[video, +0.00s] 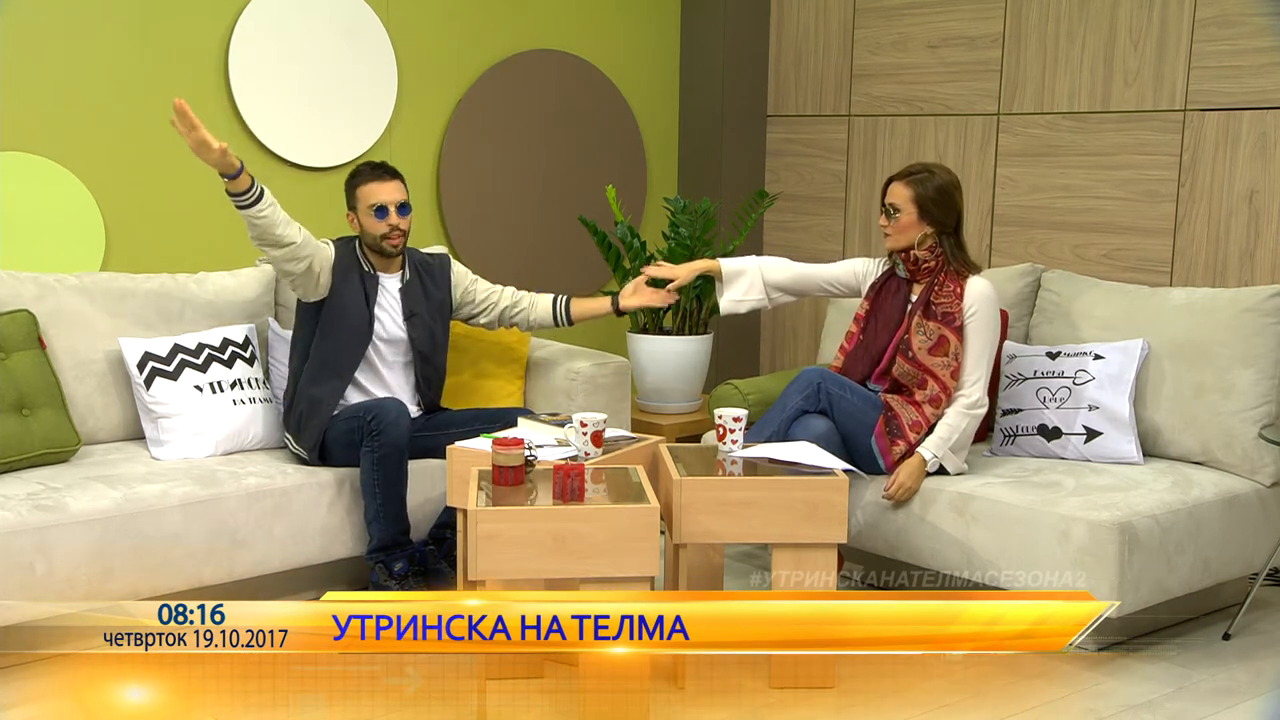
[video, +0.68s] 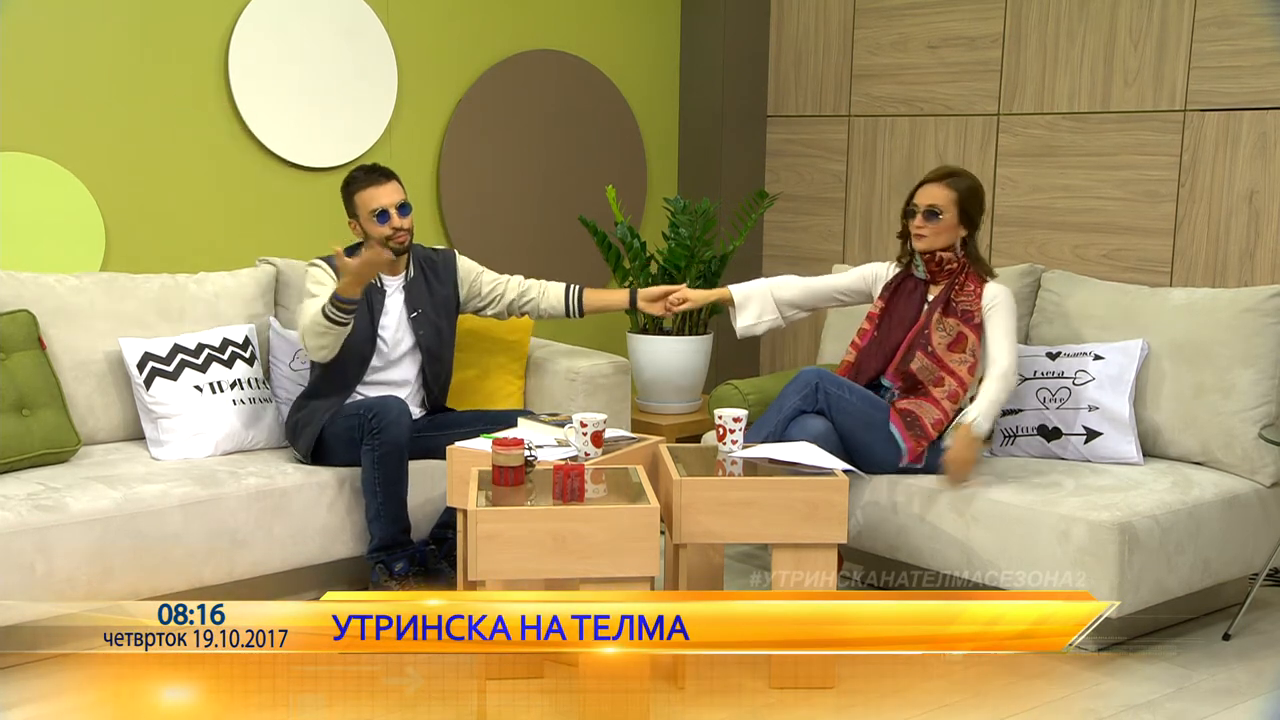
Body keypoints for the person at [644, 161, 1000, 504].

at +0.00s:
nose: (883, 222)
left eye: (895, 213)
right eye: (885, 211)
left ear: (932, 221)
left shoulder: (974, 293)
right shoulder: (880, 273)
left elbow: (971, 398)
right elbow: (793, 275)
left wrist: (922, 460)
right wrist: (702, 266)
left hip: (915, 440)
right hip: (861, 423)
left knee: (816, 379)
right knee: (811, 429)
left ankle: (727, 468)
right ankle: (802, 571)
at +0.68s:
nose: (917, 223)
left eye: (933, 214)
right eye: (914, 213)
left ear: (964, 227)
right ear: (907, 219)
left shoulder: (989, 295)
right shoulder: (890, 276)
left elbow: (1002, 372)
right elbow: (807, 290)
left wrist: (971, 429)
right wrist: (714, 295)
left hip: (922, 436)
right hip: (864, 421)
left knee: (813, 380)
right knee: (809, 431)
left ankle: (734, 468)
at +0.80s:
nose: (927, 223)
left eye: (943, 216)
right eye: (922, 213)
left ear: (972, 227)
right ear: (914, 219)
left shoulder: (991, 294)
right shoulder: (897, 279)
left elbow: (1032, 316)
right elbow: (811, 295)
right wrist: (716, 302)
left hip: (926, 440)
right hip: (868, 423)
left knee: (812, 380)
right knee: (809, 429)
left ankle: (732, 475)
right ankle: (804, 571)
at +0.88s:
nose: (934, 223)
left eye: (949, 216)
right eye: (928, 214)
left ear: (976, 229)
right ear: (918, 222)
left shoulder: (994, 292)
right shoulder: (896, 282)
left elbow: (1044, 276)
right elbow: (810, 294)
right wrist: (718, 303)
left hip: (924, 440)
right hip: (865, 422)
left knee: (812, 381)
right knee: (810, 432)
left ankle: (734, 472)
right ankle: (802, 570)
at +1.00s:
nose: (939, 226)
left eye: (954, 217)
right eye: (933, 216)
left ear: (981, 229)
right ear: (923, 224)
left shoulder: (996, 293)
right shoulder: (900, 280)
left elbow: (1040, 241)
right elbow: (816, 292)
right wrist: (723, 300)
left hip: (923, 436)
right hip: (865, 418)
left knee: (812, 380)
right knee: (800, 430)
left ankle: (739, 459)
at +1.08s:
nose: (941, 225)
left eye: (956, 217)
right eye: (934, 215)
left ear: (983, 228)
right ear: (925, 222)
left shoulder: (998, 291)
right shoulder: (901, 280)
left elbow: (1039, 232)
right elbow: (816, 296)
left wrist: (1090, 150)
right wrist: (724, 300)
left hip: (924, 433)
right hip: (863, 415)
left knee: (812, 381)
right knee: (805, 438)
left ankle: (741, 458)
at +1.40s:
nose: (947, 229)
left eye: (962, 220)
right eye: (940, 219)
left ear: (988, 231)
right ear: (930, 226)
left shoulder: (1001, 294)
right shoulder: (905, 280)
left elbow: (1045, 237)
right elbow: (820, 290)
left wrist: (1100, 157)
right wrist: (725, 297)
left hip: (925, 433)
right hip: (866, 415)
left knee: (813, 380)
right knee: (807, 434)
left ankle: (731, 469)